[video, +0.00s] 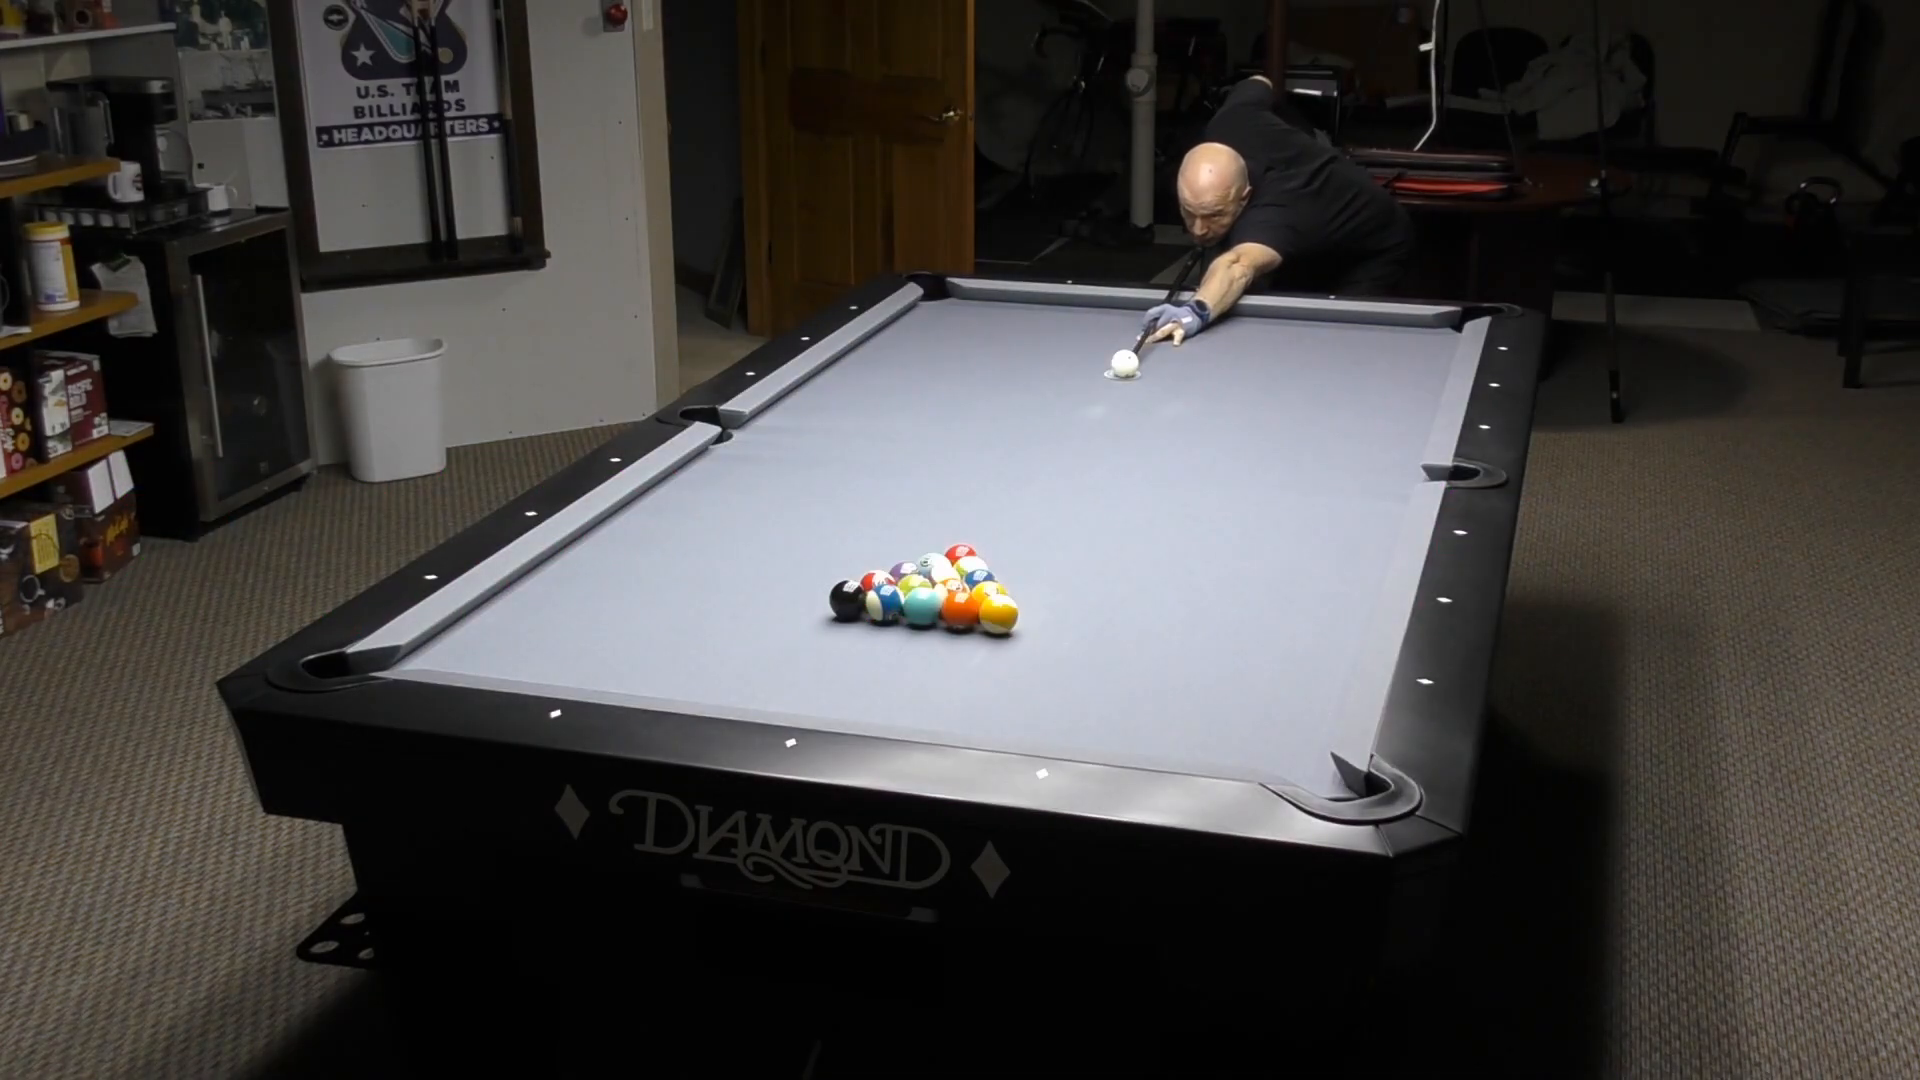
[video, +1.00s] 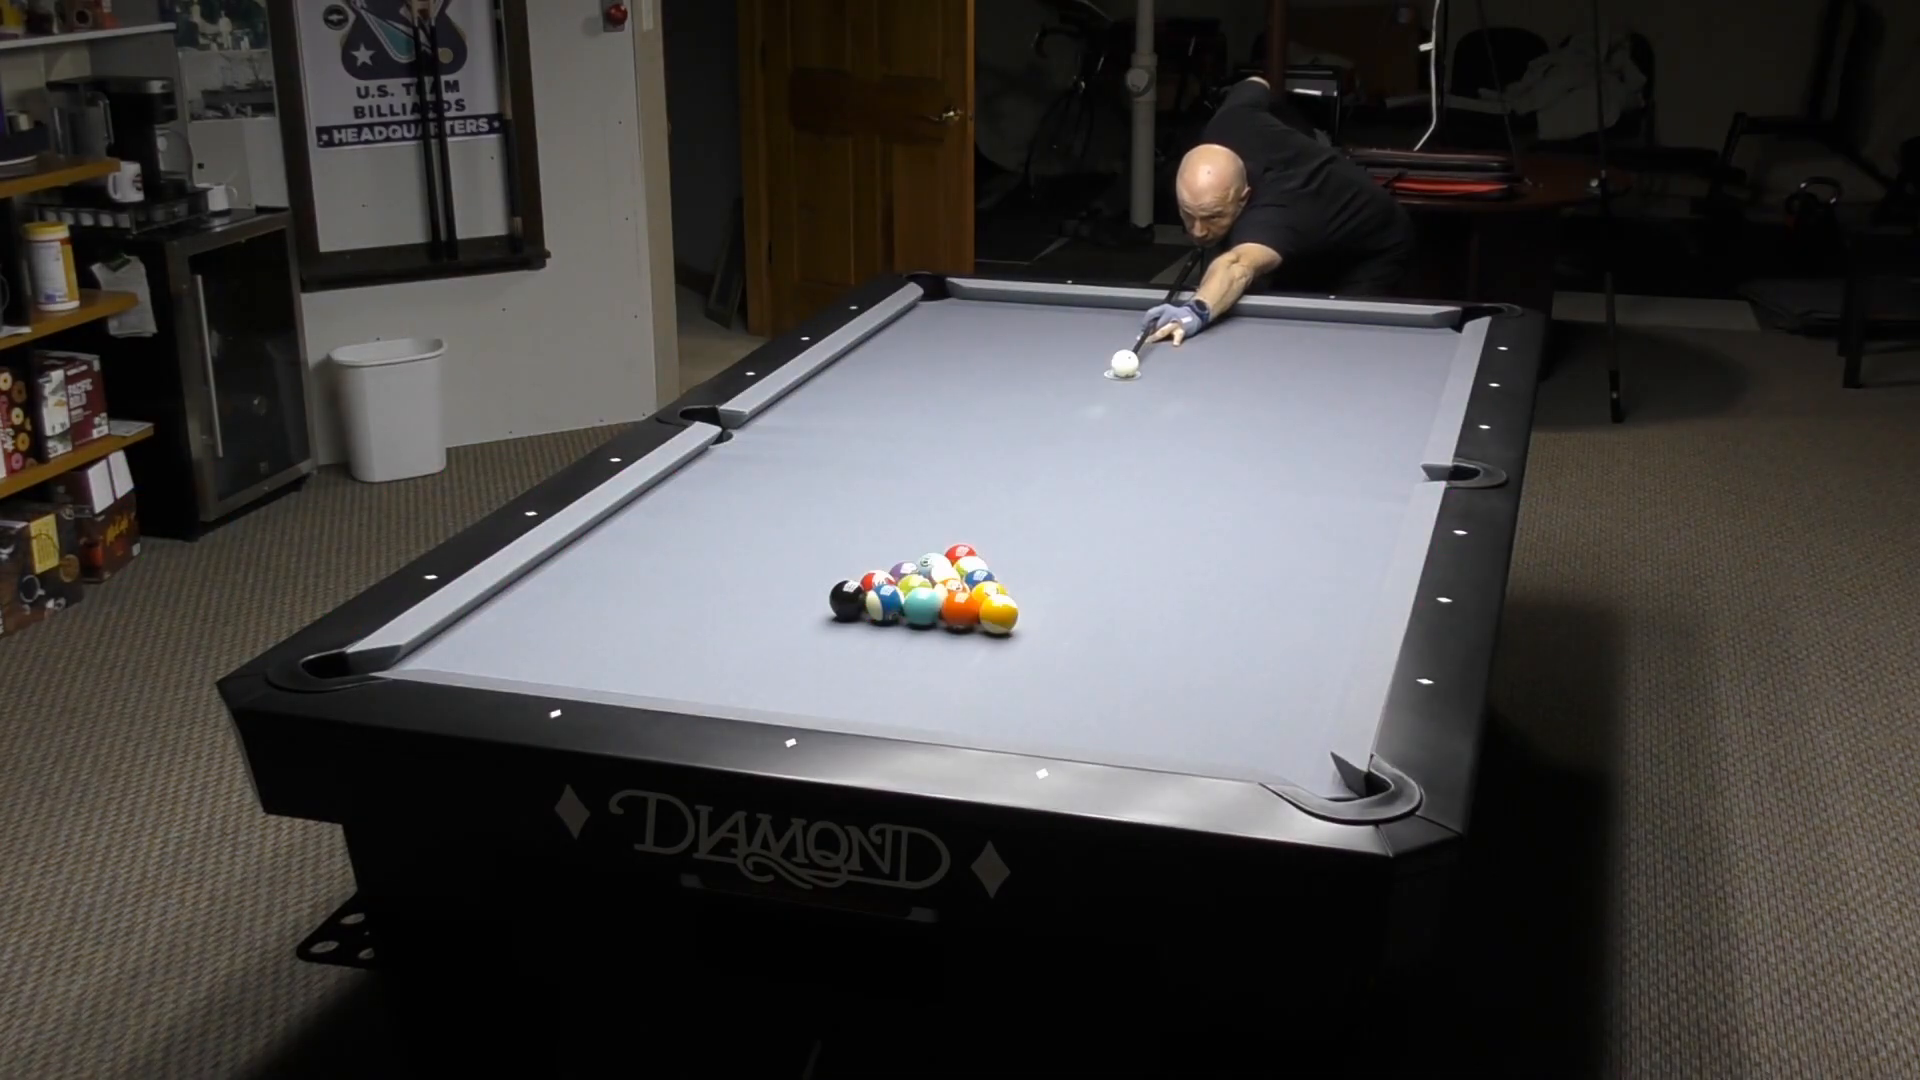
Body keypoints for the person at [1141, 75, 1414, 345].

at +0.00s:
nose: (1199, 231)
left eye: (1213, 217)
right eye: (1189, 215)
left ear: (1244, 195)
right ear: (1179, 187)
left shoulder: (1274, 215)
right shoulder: (1232, 121)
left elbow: (1238, 265)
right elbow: (1260, 80)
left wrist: (1194, 311)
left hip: (1379, 242)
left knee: (1338, 338)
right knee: (1279, 328)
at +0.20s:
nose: (1199, 231)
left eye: (1213, 217)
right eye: (1189, 215)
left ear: (1244, 195)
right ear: (1179, 187)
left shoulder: (1274, 216)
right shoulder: (1232, 121)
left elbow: (1238, 266)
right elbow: (1260, 81)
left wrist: (1195, 310)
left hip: (1378, 242)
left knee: (1338, 339)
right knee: (1280, 329)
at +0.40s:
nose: (1199, 231)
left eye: (1213, 217)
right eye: (1189, 215)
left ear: (1243, 195)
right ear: (1179, 188)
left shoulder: (1274, 215)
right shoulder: (1232, 121)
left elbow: (1238, 265)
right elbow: (1259, 81)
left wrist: (1195, 310)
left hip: (1378, 243)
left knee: (1339, 339)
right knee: (1280, 330)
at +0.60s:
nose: (1199, 232)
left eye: (1213, 218)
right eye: (1189, 216)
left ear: (1243, 195)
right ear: (1179, 188)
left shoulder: (1274, 216)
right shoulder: (1232, 121)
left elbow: (1238, 265)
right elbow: (1259, 81)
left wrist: (1195, 310)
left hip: (1378, 243)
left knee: (1339, 339)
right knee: (1280, 330)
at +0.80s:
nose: (1199, 232)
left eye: (1213, 218)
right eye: (1188, 216)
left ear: (1243, 195)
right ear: (1179, 188)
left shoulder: (1273, 217)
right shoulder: (1232, 121)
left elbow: (1238, 266)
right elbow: (1258, 81)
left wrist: (1194, 311)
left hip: (1379, 242)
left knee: (1338, 338)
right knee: (1279, 329)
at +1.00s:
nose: (1198, 232)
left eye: (1212, 219)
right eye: (1188, 217)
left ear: (1243, 195)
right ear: (1178, 188)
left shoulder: (1273, 217)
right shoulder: (1231, 122)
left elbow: (1238, 266)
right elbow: (1257, 81)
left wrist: (1194, 311)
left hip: (1379, 243)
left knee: (1339, 339)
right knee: (1280, 330)